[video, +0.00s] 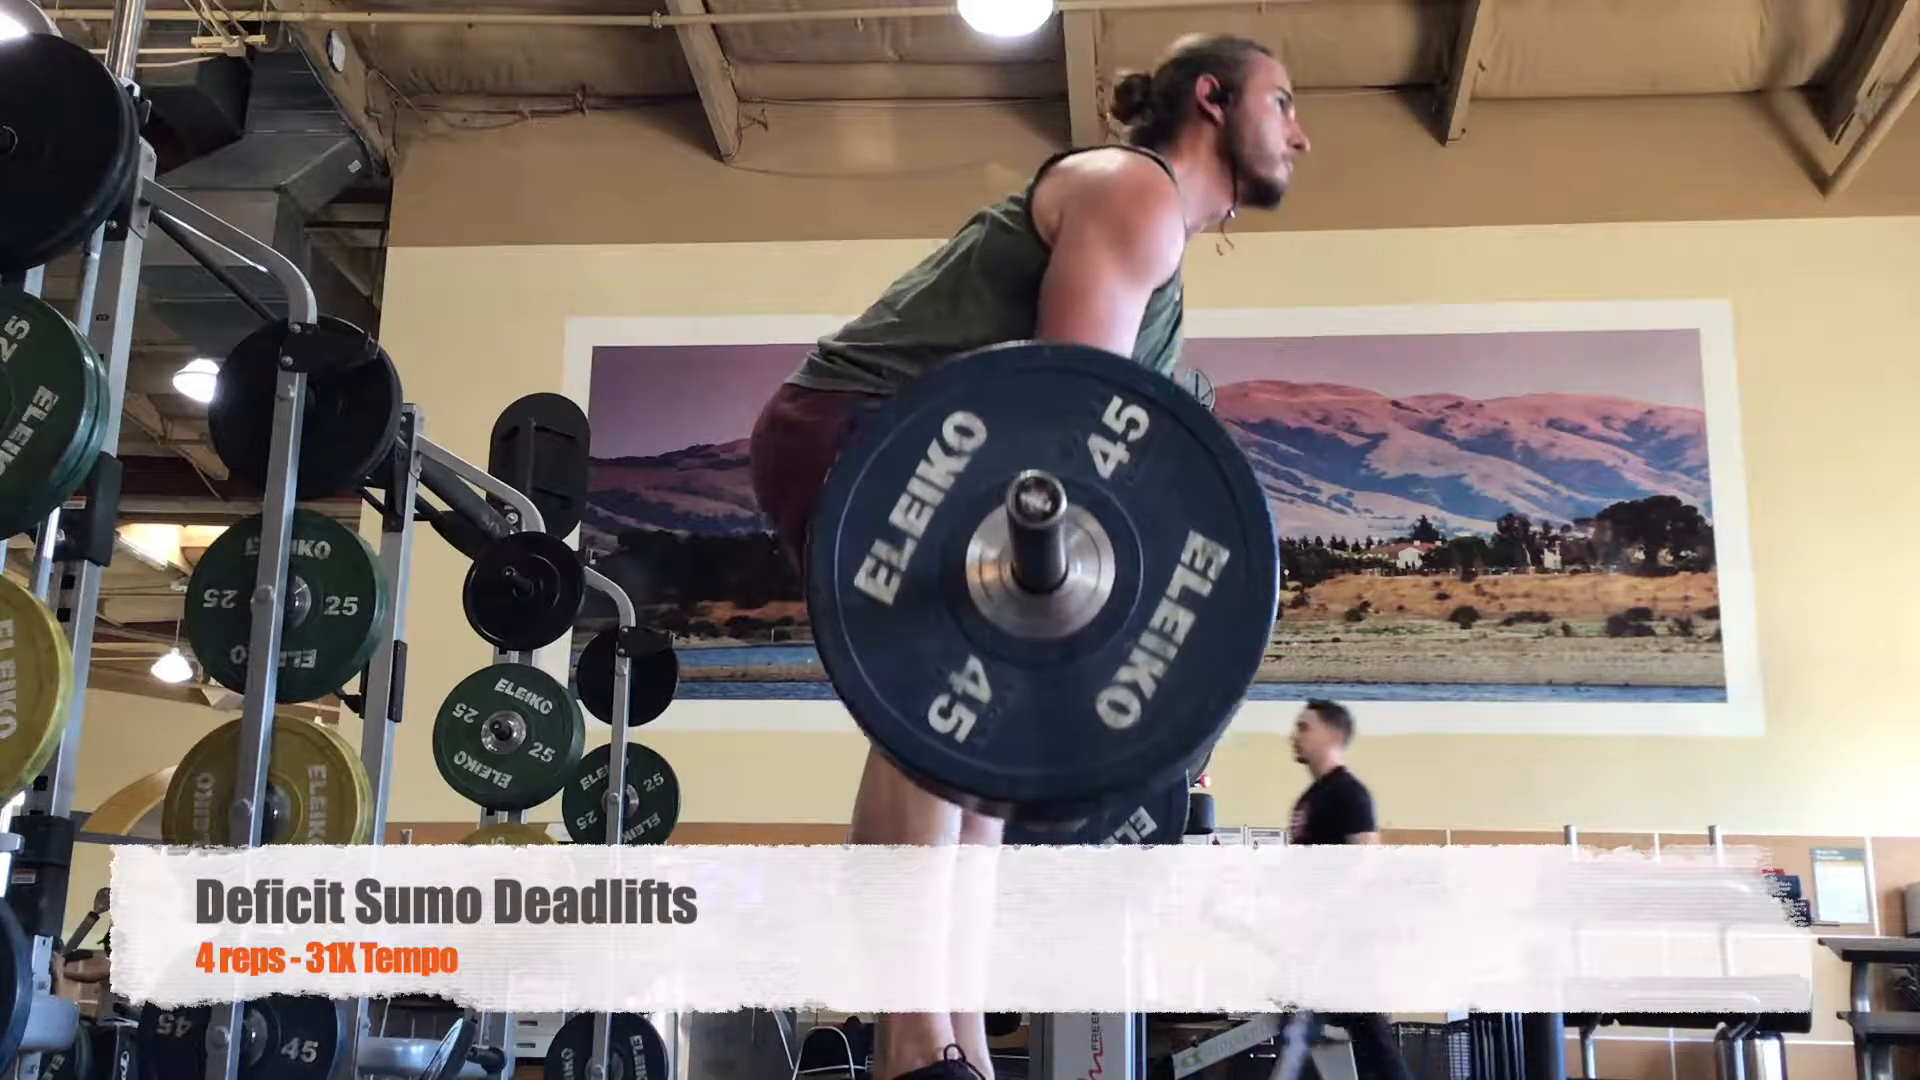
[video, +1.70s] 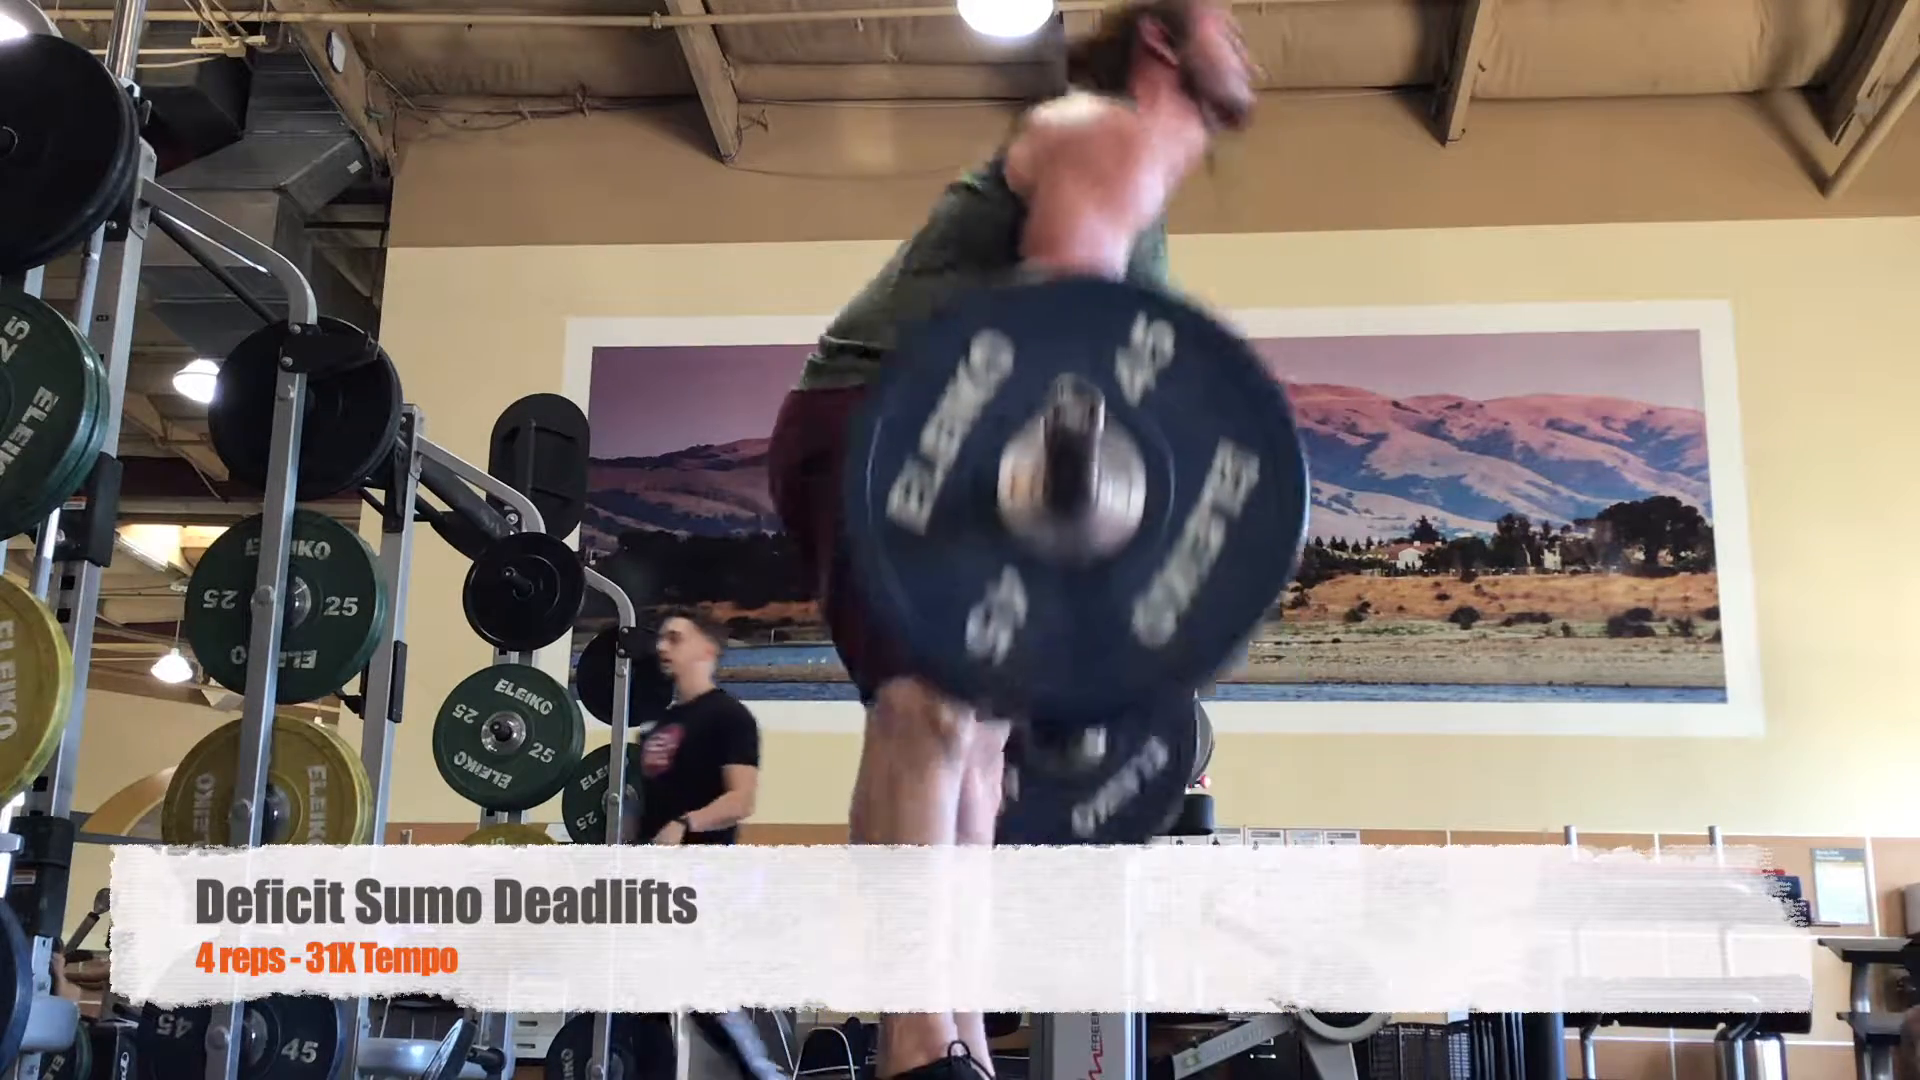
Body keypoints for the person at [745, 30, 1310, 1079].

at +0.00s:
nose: (1299, 129)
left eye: (1297, 108)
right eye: (1282, 103)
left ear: (1221, 116)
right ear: (1209, 106)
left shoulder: (1162, 246)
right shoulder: (1132, 192)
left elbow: (1105, 438)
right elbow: (1069, 407)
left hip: (905, 448)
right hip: (839, 426)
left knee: (991, 721)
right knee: (934, 701)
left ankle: (955, 1029)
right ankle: (907, 1037)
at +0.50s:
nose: (1347, 278)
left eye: (1347, 251)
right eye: (1333, 244)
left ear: (1263, 242)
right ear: (1261, 235)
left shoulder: (1185, 427)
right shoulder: (1154, 314)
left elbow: (1135, 582)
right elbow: (1084, 552)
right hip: (827, 457)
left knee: (996, 746)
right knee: (954, 726)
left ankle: (970, 1043)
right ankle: (923, 1043)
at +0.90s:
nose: (1379, 439)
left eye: (1382, 417)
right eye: (1367, 406)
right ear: (1293, 387)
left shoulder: (1188, 579)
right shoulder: (1166, 457)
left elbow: (1133, 739)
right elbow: (1080, 699)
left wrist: (1134, 894)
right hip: (809, 542)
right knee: (1039, 696)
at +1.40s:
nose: (1387, 342)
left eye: (1390, 320)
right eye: (1375, 308)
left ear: (1304, 294)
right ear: (1301, 286)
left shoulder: (1199, 467)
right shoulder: (1176, 354)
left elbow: (1141, 630)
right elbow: (1082, 582)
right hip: (840, 458)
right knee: (978, 727)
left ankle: (933, 1032)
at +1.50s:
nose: (1361, 258)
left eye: (1364, 235)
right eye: (1350, 225)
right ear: (1274, 206)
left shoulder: (1189, 395)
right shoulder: (1165, 286)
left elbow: (1145, 543)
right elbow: (1089, 502)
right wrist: (1091, 661)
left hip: (911, 466)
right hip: (840, 434)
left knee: (981, 728)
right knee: (945, 713)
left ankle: (965, 1037)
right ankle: (922, 1039)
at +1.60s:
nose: (1313, 149)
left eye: (1312, 133)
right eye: (1295, 125)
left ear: (1229, 134)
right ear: (1224, 123)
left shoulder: (1173, 311)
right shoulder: (1142, 208)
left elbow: (1177, 454)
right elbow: (1085, 397)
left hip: (910, 446)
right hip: (849, 422)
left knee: (974, 728)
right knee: (941, 713)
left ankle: (956, 1038)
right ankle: (922, 1040)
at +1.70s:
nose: (1246, 57)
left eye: (1237, 35)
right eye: (1224, 31)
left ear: (1162, 60)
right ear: (1161, 54)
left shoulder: (1136, 168)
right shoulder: (1114, 133)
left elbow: (1080, 349)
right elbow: (1060, 311)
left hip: (934, 429)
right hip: (858, 413)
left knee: (978, 722)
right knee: (921, 705)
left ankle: (959, 1031)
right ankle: (912, 1039)